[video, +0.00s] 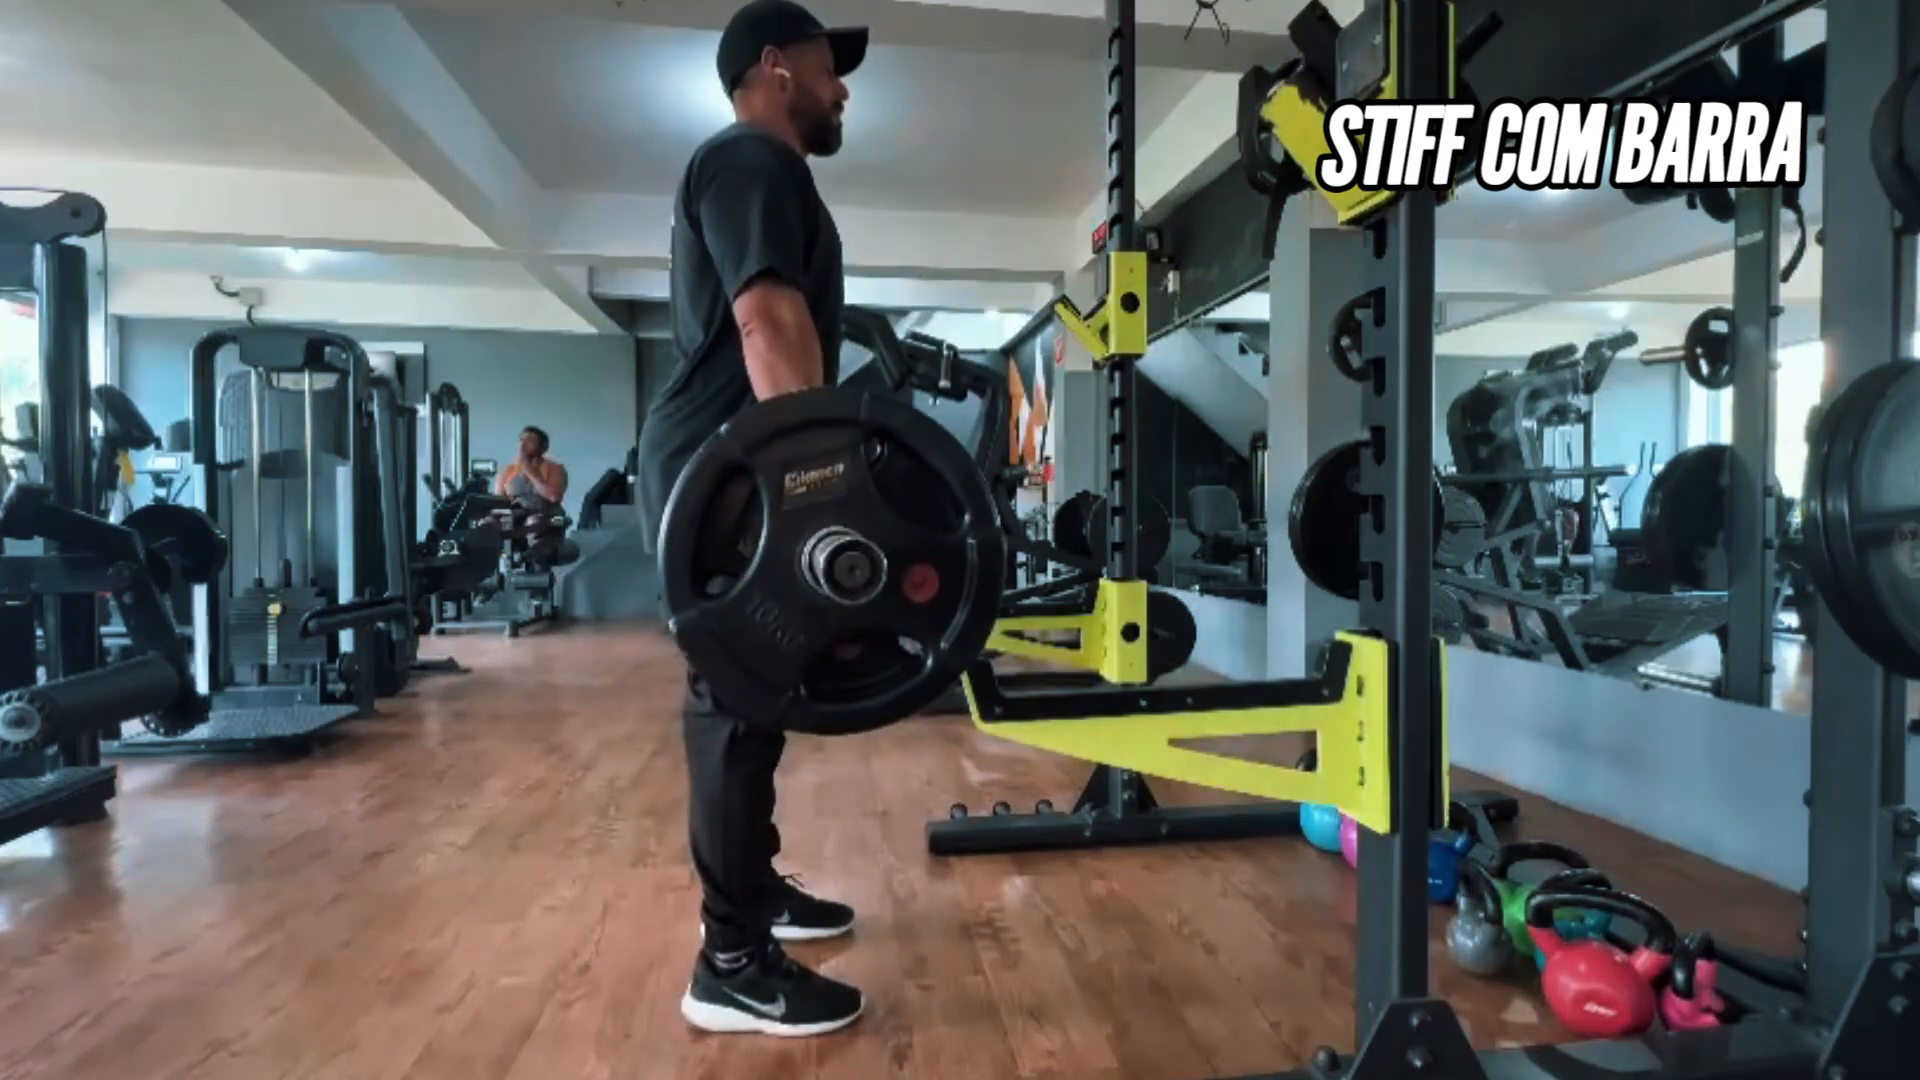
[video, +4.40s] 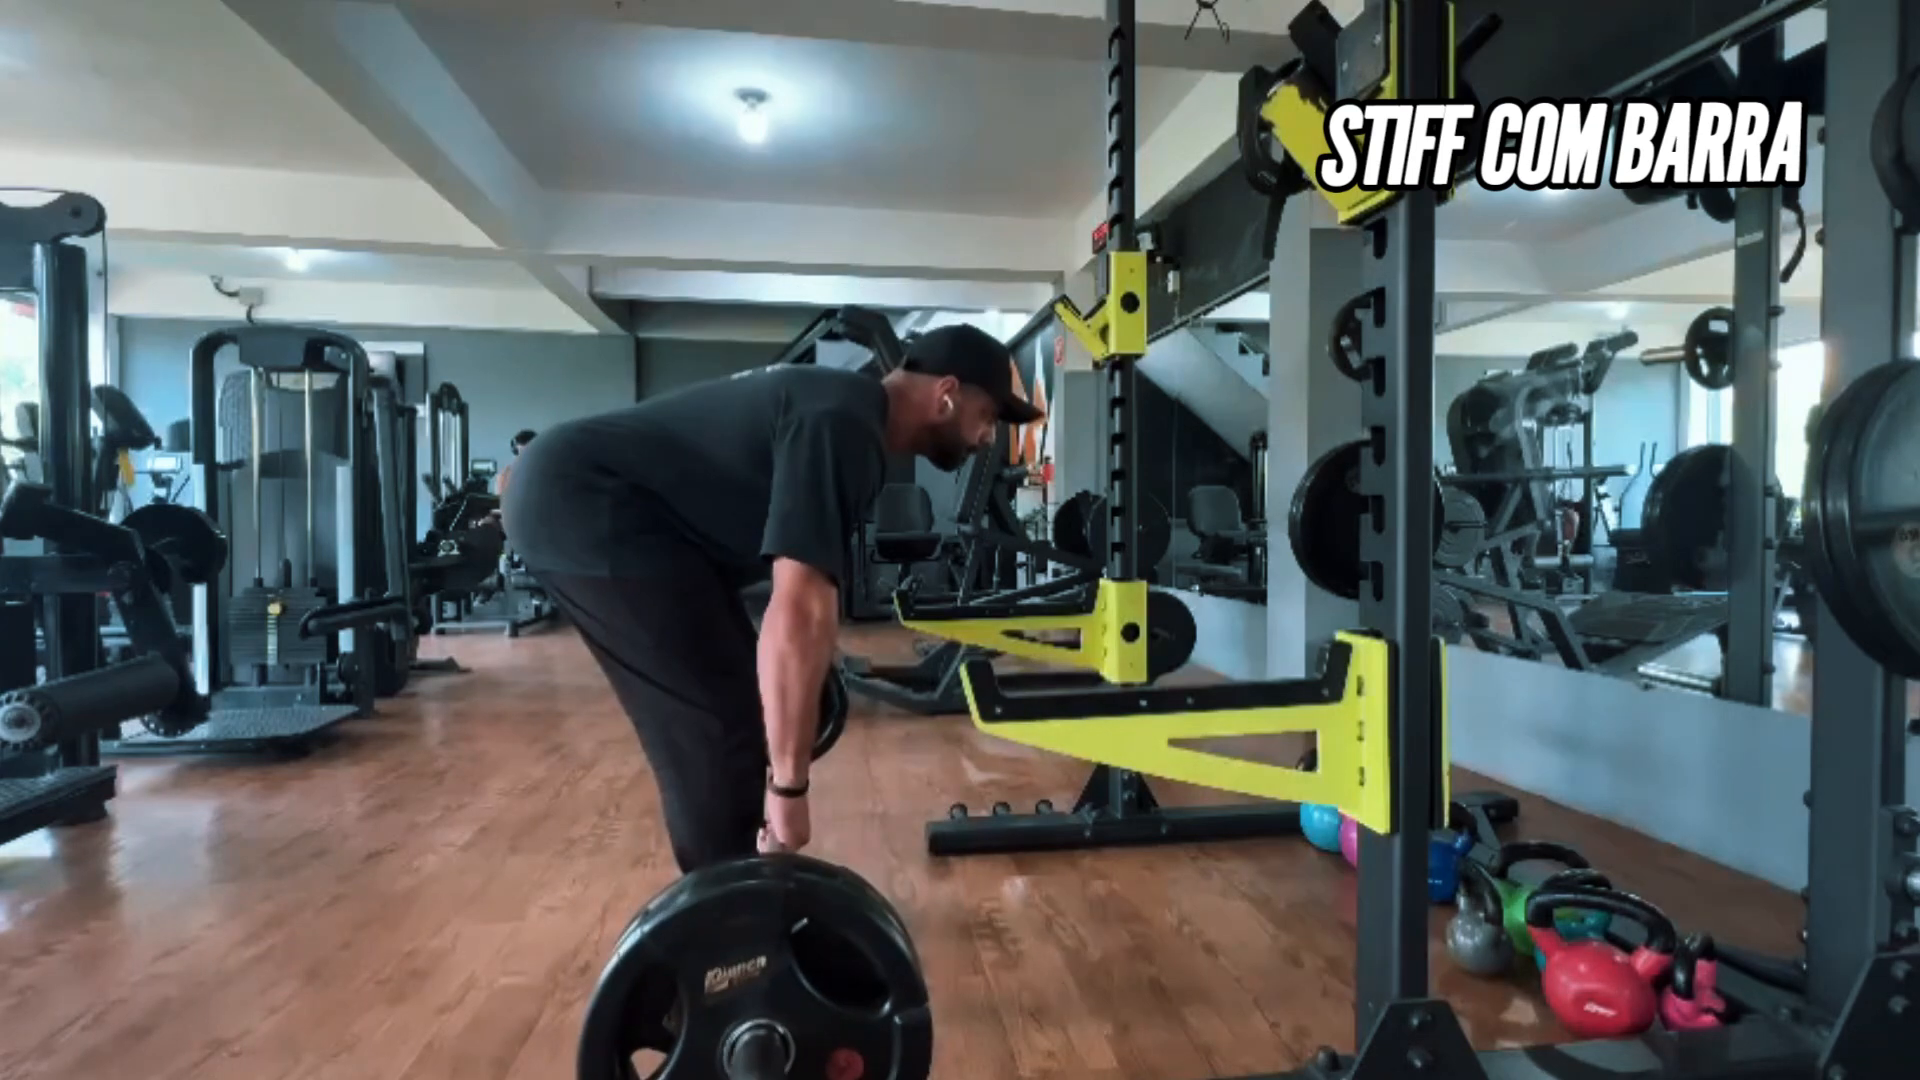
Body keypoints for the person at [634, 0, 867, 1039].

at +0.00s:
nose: (845, 87)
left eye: (843, 71)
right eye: (831, 67)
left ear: (769, 76)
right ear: (772, 68)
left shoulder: (756, 170)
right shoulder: (748, 160)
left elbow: (774, 335)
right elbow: (765, 317)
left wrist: (818, 483)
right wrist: (826, 486)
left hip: (728, 472)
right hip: (710, 474)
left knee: (751, 688)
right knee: (730, 698)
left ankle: (750, 882)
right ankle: (730, 956)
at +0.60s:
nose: (938, 172)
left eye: (939, 154)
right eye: (930, 150)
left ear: (871, 146)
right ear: (875, 140)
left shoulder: (832, 229)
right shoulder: (810, 210)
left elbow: (806, 390)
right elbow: (803, 383)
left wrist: (825, 565)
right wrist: (826, 564)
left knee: (745, 690)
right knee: (724, 703)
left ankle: (750, 888)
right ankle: (728, 957)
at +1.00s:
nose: (990, 315)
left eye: (994, 298)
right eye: (986, 292)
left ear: (934, 280)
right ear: (938, 277)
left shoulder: (850, 332)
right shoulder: (840, 322)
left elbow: (822, 502)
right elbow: (814, 499)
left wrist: (816, 665)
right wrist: (818, 675)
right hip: (620, 481)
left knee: (709, 715)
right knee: (741, 709)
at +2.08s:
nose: (934, 178)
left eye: (935, 160)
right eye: (925, 157)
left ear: (867, 153)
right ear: (870, 148)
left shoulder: (820, 234)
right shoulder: (800, 216)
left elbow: (799, 394)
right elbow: (788, 386)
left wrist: (810, 562)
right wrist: (813, 566)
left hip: (694, 475)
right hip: (660, 475)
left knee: (741, 682)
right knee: (724, 697)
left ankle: (748, 881)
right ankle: (729, 958)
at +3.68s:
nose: (971, 299)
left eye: (975, 282)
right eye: (966, 277)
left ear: (910, 266)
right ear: (913, 261)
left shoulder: (836, 326)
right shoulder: (820, 308)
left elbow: (800, 494)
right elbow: (796, 490)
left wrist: (802, 657)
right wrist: (805, 668)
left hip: (602, 487)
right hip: (612, 487)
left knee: (688, 722)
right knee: (747, 707)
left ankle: (716, 945)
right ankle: (767, 943)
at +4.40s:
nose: (987, 438)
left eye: (997, 424)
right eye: (988, 417)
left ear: (941, 390)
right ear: (946, 391)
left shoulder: (845, 417)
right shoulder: (837, 419)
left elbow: (813, 597)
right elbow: (800, 607)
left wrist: (783, 765)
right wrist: (788, 787)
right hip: (584, 500)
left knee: (721, 719)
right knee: (721, 725)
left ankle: (737, 929)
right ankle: (736, 939)